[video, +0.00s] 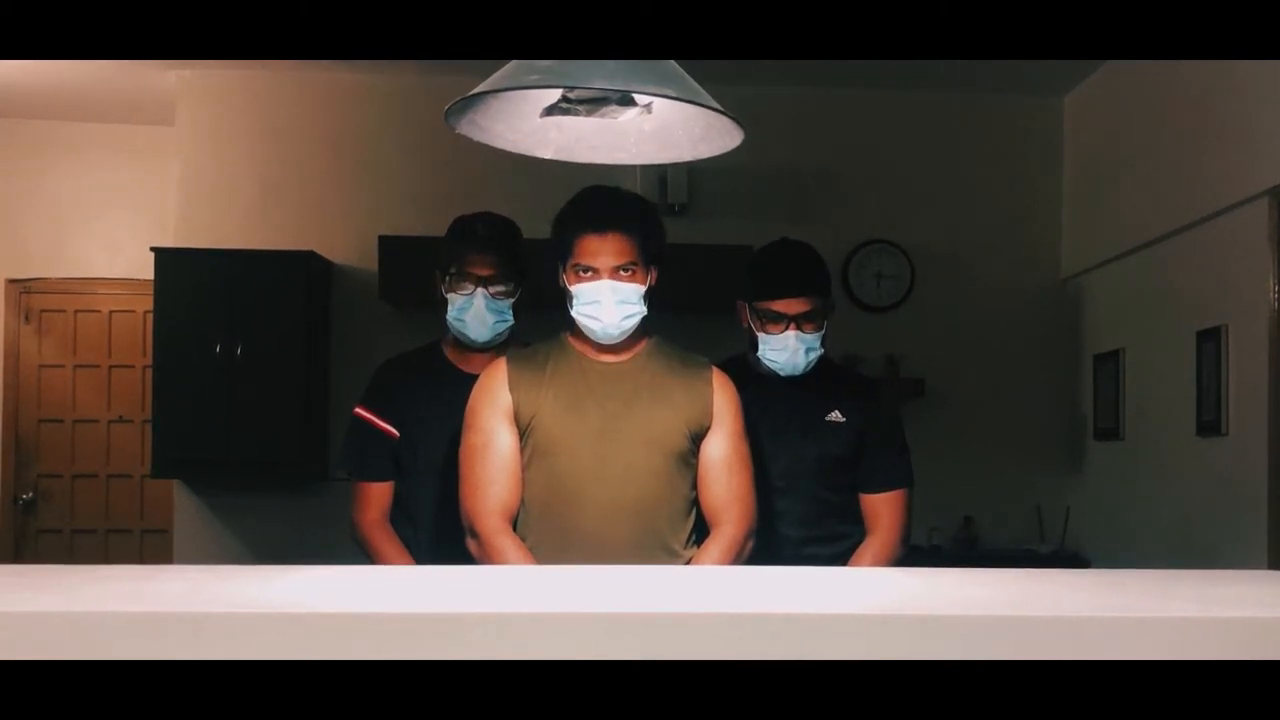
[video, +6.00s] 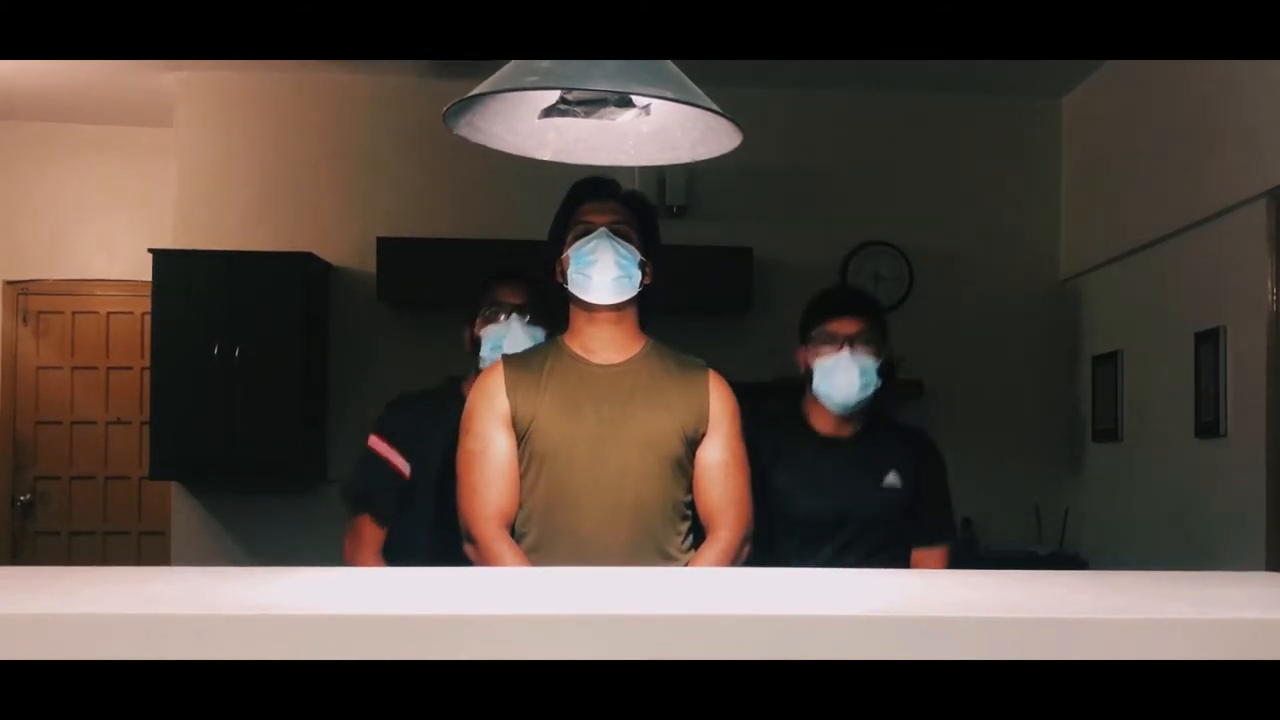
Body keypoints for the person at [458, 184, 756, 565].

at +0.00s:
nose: (606, 290)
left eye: (624, 271)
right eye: (586, 272)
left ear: (649, 276)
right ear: (564, 277)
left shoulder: (707, 388)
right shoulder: (507, 381)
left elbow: (733, 531)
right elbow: (486, 529)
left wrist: (669, 615)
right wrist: (555, 611)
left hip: (667, 615)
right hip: (545, 613)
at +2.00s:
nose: (601, 256)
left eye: (620, 242)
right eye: (583, 242)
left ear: (645, 268)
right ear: (560, 267)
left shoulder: (704, 387)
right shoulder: (503, 381)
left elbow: (732, 530)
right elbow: (483, 529)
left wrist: (668, 615)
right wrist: (552, 615)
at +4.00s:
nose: (603, 240)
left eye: (621, 233)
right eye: (586, 231)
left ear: (647, 267)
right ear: (562, 262)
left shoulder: (705, 388)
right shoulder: (503, 381)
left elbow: (731, 531)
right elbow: (483, 529)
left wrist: (667, 615)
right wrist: (549, 616)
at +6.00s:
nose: (601, 244)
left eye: (620, 235)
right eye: (584, 235)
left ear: (646, 268)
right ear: (560, 265)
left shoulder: (704, 391)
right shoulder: (502, 385)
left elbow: (729, 534)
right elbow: (485, 533)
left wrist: (666, 616)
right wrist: (549, 617)